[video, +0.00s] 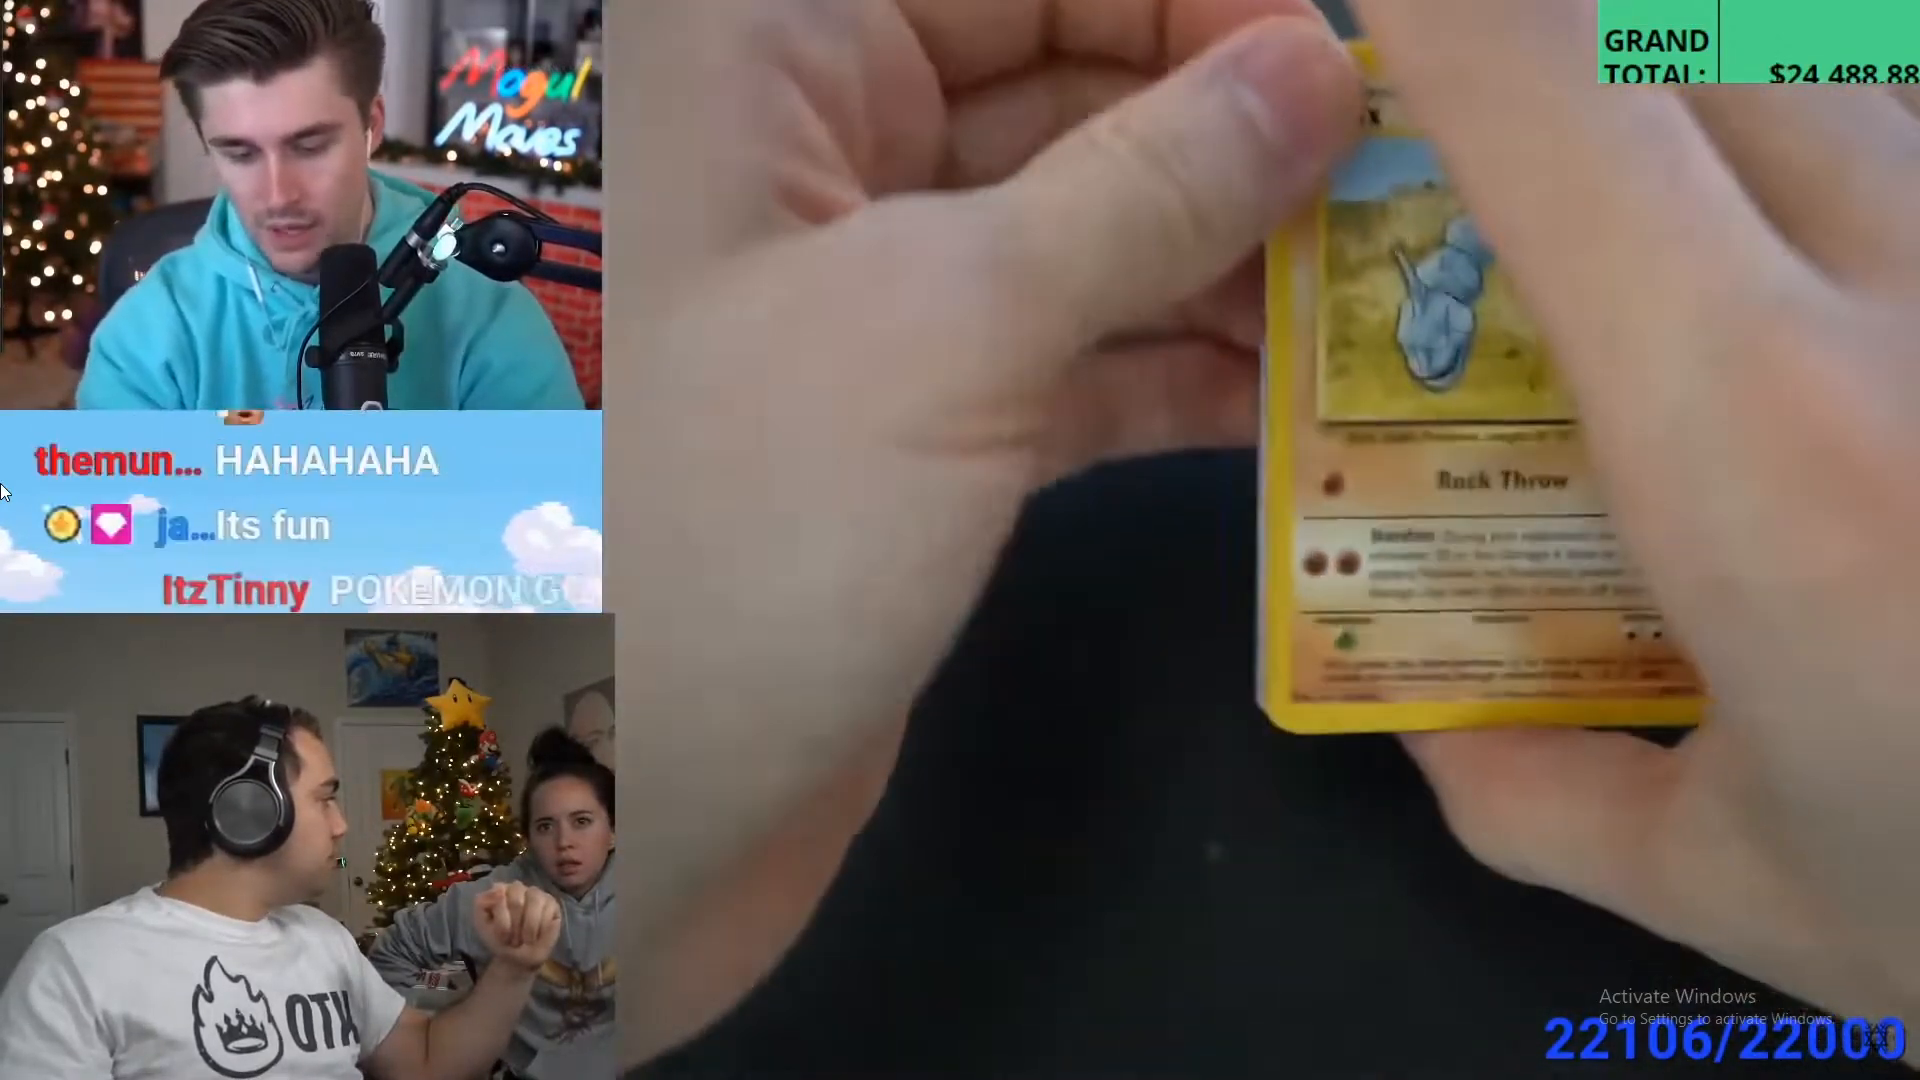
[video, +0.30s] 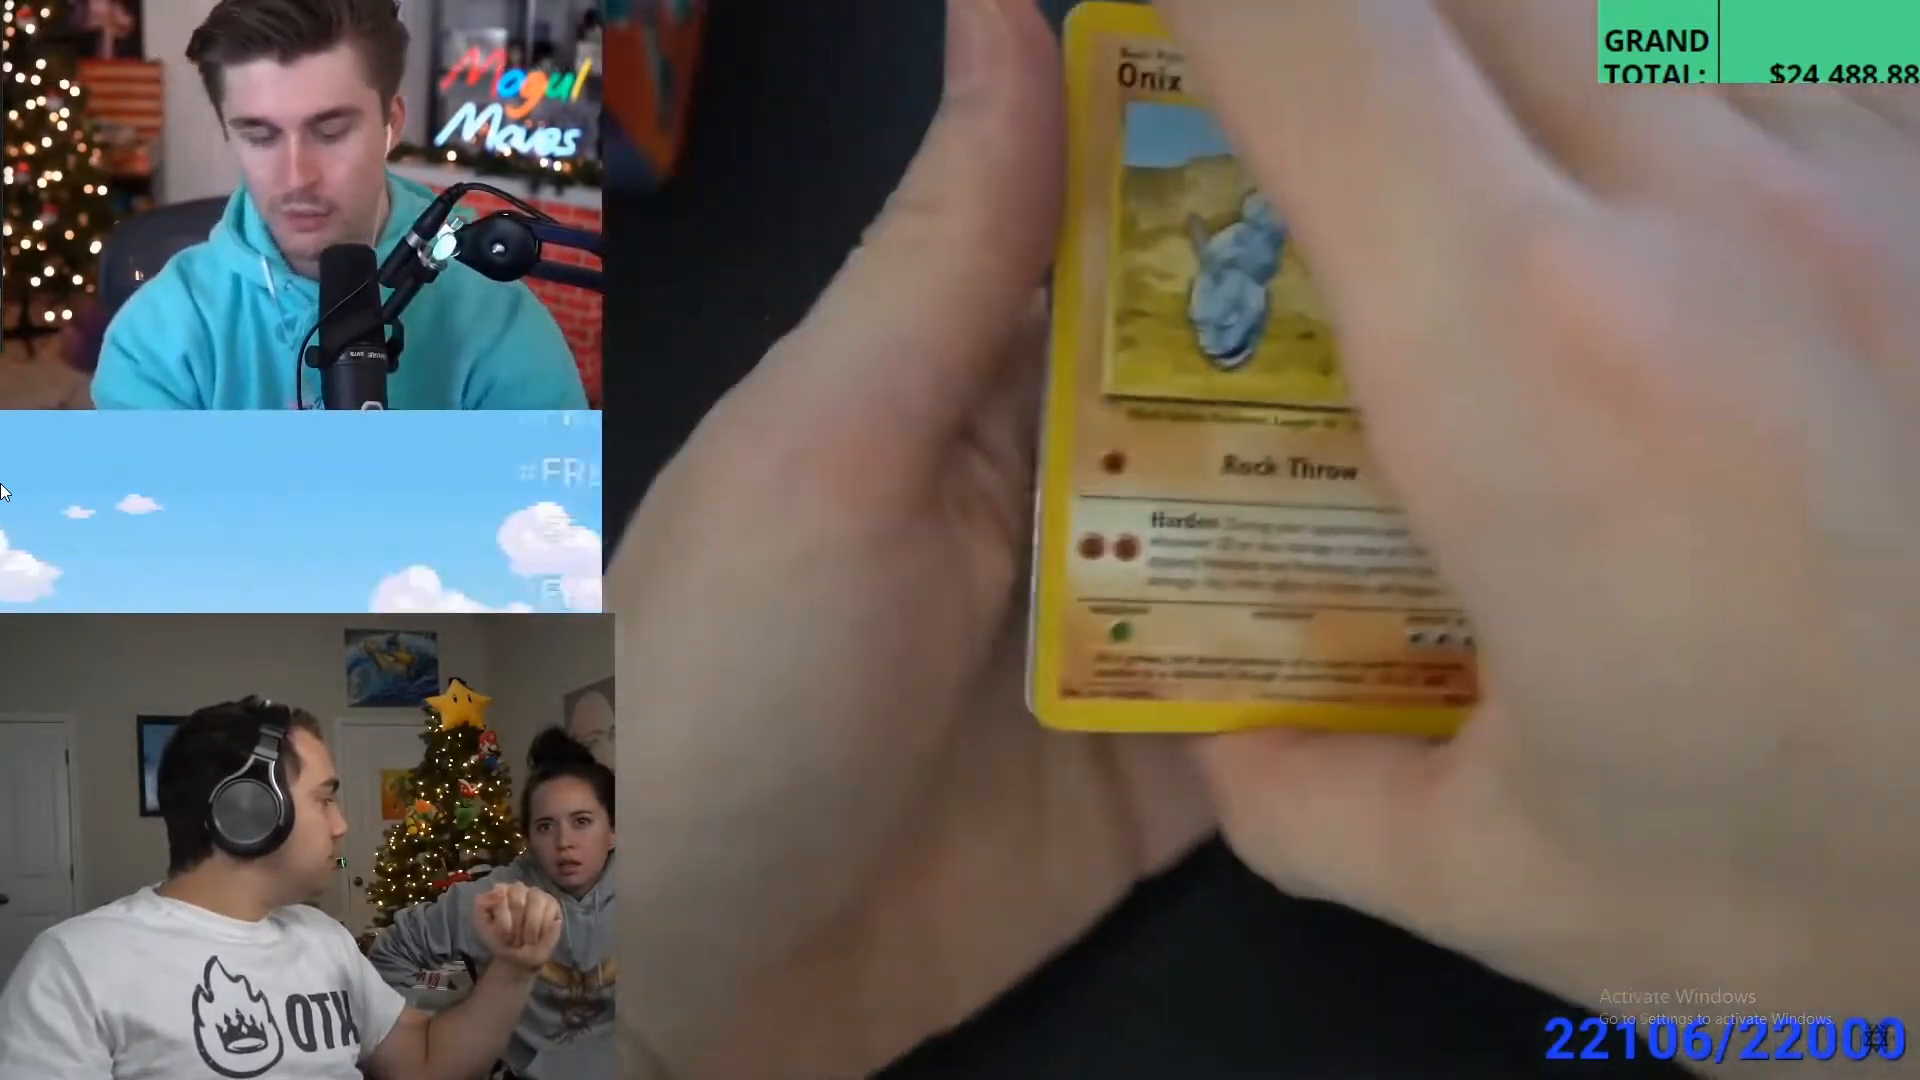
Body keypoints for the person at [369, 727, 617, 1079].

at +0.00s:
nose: (564, 843)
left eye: (582, 822)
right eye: (546, 826)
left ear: (612, 831)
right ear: (528, 839)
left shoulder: (643, 890)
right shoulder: (491, 898)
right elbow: (389, 956)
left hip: (627, 1067)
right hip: (534, 1072)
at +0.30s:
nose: (564, 842)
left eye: (582, 822)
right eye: (546, 826)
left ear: (612, 831)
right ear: (528, 838)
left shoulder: (643, 892)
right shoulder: (491, 898)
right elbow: (389, 956)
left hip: (628, 1067)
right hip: (537, 1073)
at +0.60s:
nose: (564, 843)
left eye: (582, 822)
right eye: (545, 826)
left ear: (613, 831)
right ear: (528, 839)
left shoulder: (644, 892)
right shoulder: (491, 898)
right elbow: (390, 954)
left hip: (625, 1069)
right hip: (535, 1073)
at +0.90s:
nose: (564, 842)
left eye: (582, 822)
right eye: (545, 826)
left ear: (612, 831)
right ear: (528, 839)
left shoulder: (644, 891)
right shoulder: (491, 898)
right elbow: (389, 955)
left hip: (625, 1067)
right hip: (535, 1072)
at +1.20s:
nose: (564, 842)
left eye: (582, 821)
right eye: (545, 826)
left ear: (612, 831)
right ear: (528, 839)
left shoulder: (644, 893)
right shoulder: (490, 898)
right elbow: (387, 957)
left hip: (626, 1067)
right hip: (535, 1072)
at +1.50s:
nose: (561, 840)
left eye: (579, 820)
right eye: (544, 824)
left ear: (612, 829)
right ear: (528, 837)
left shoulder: (642, 890)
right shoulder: (491, 897)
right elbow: (388, 956)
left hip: (623, 1068)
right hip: (533, 1072)